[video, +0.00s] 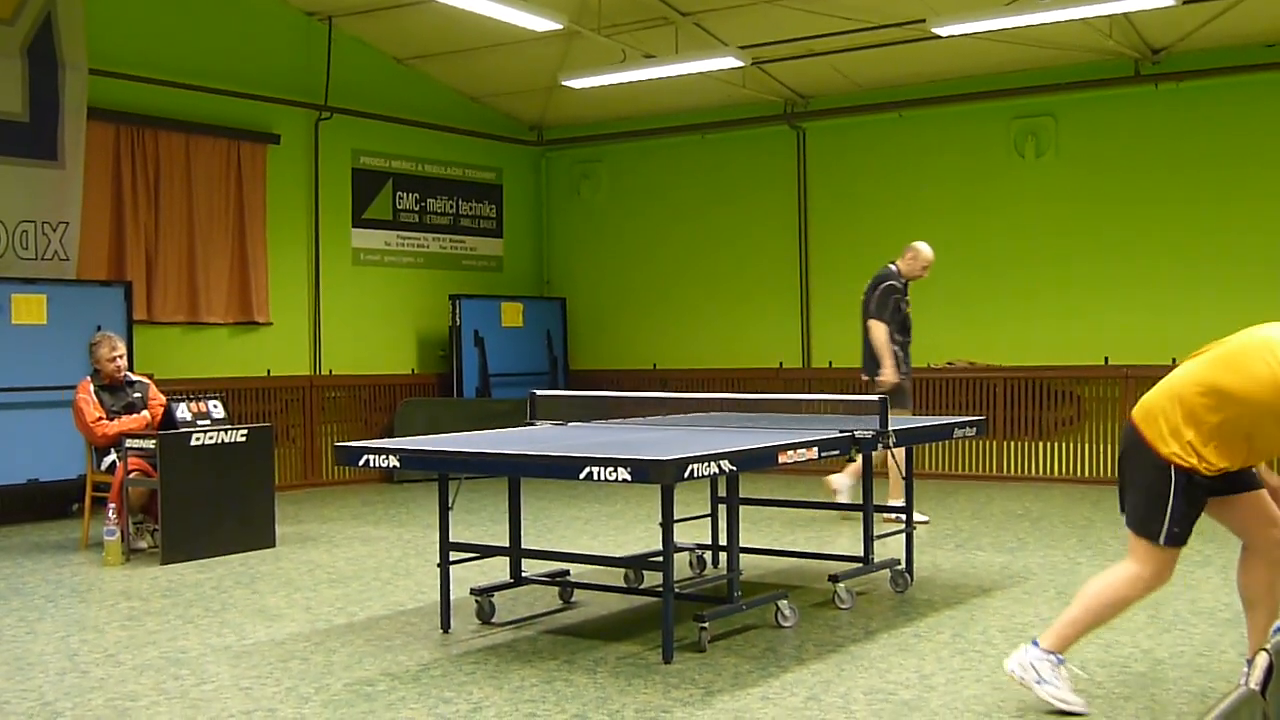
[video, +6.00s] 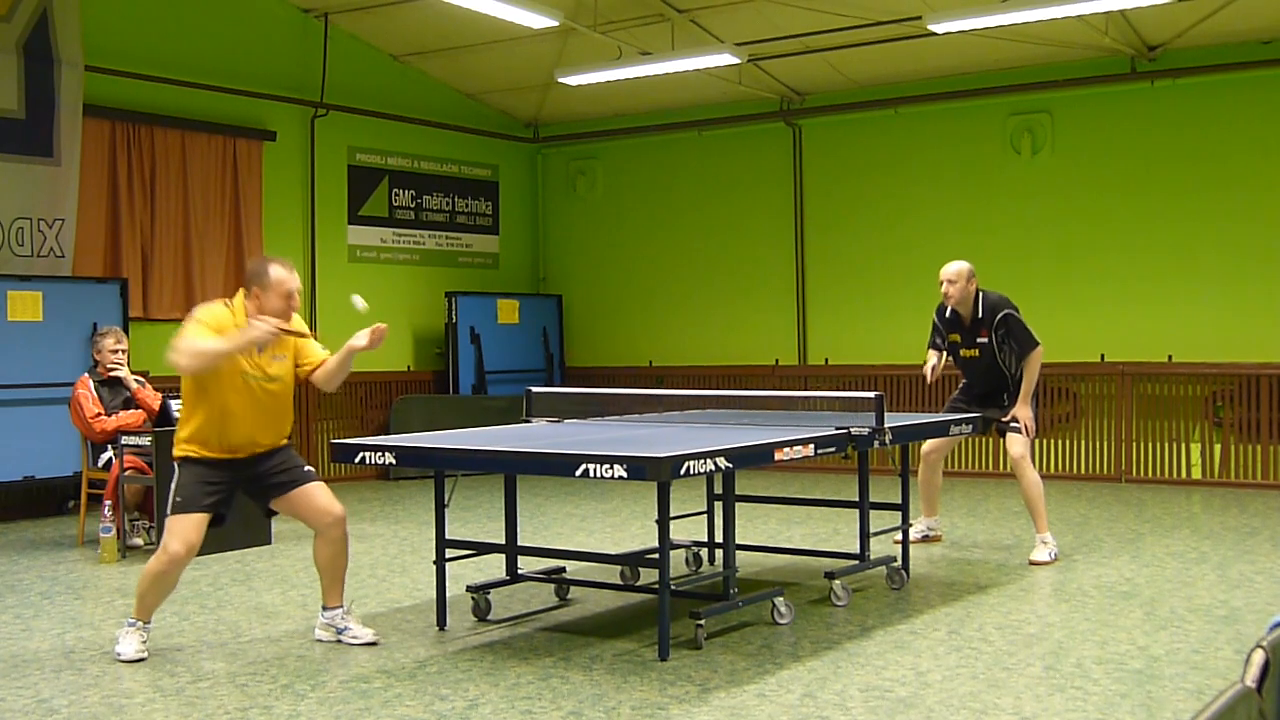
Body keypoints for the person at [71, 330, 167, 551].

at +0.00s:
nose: (120, 364)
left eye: (122, 357)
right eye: (112, 360)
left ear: (127, 357)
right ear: (97, 364)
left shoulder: (143, 383)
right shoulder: (86, 390)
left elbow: (163, 417)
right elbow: (98, 433)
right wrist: (143, 419)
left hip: (153, 449)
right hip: (116, 452)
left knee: (175, 472)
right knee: (139, 479)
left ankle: (150, 523)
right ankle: (132, 521)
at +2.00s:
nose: (121, 358)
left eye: (125, 353)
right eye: (115, 353)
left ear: (129, 355)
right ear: (98, 355)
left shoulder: (134, 381)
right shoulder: (85, 385)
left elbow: (160, 413)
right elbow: (98, 428)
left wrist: (137, 382)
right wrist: (141, 416)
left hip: (146, 446)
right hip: (112, 449)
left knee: (172, 469)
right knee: (135, 475)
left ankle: (153, 521)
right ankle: (130, 520)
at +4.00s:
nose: (120, 357)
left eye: (124, 352)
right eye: (114, 352)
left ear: (128, 354)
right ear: (98, 356)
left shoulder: (137, 382)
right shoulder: (85, 385)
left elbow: (161, 412)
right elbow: (98, 428)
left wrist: (132, 383)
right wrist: (142, 416)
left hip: (145, 447)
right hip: (111, 449)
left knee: (170, 469)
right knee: (133, 476)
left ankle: (150, 521)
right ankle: (128, 522)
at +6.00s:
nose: (120, 357)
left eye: (123, 352)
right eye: (113, 352)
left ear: (128, 354)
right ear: (97, 355)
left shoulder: (137, 382)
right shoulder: (84, 386)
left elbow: (162, 414)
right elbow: (97, 429)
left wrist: (132, 385)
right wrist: (141, 416)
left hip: (146, 447)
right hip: (112, 449)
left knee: (171, 469)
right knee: (134, 474)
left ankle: (151, 521)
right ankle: (132, 520)